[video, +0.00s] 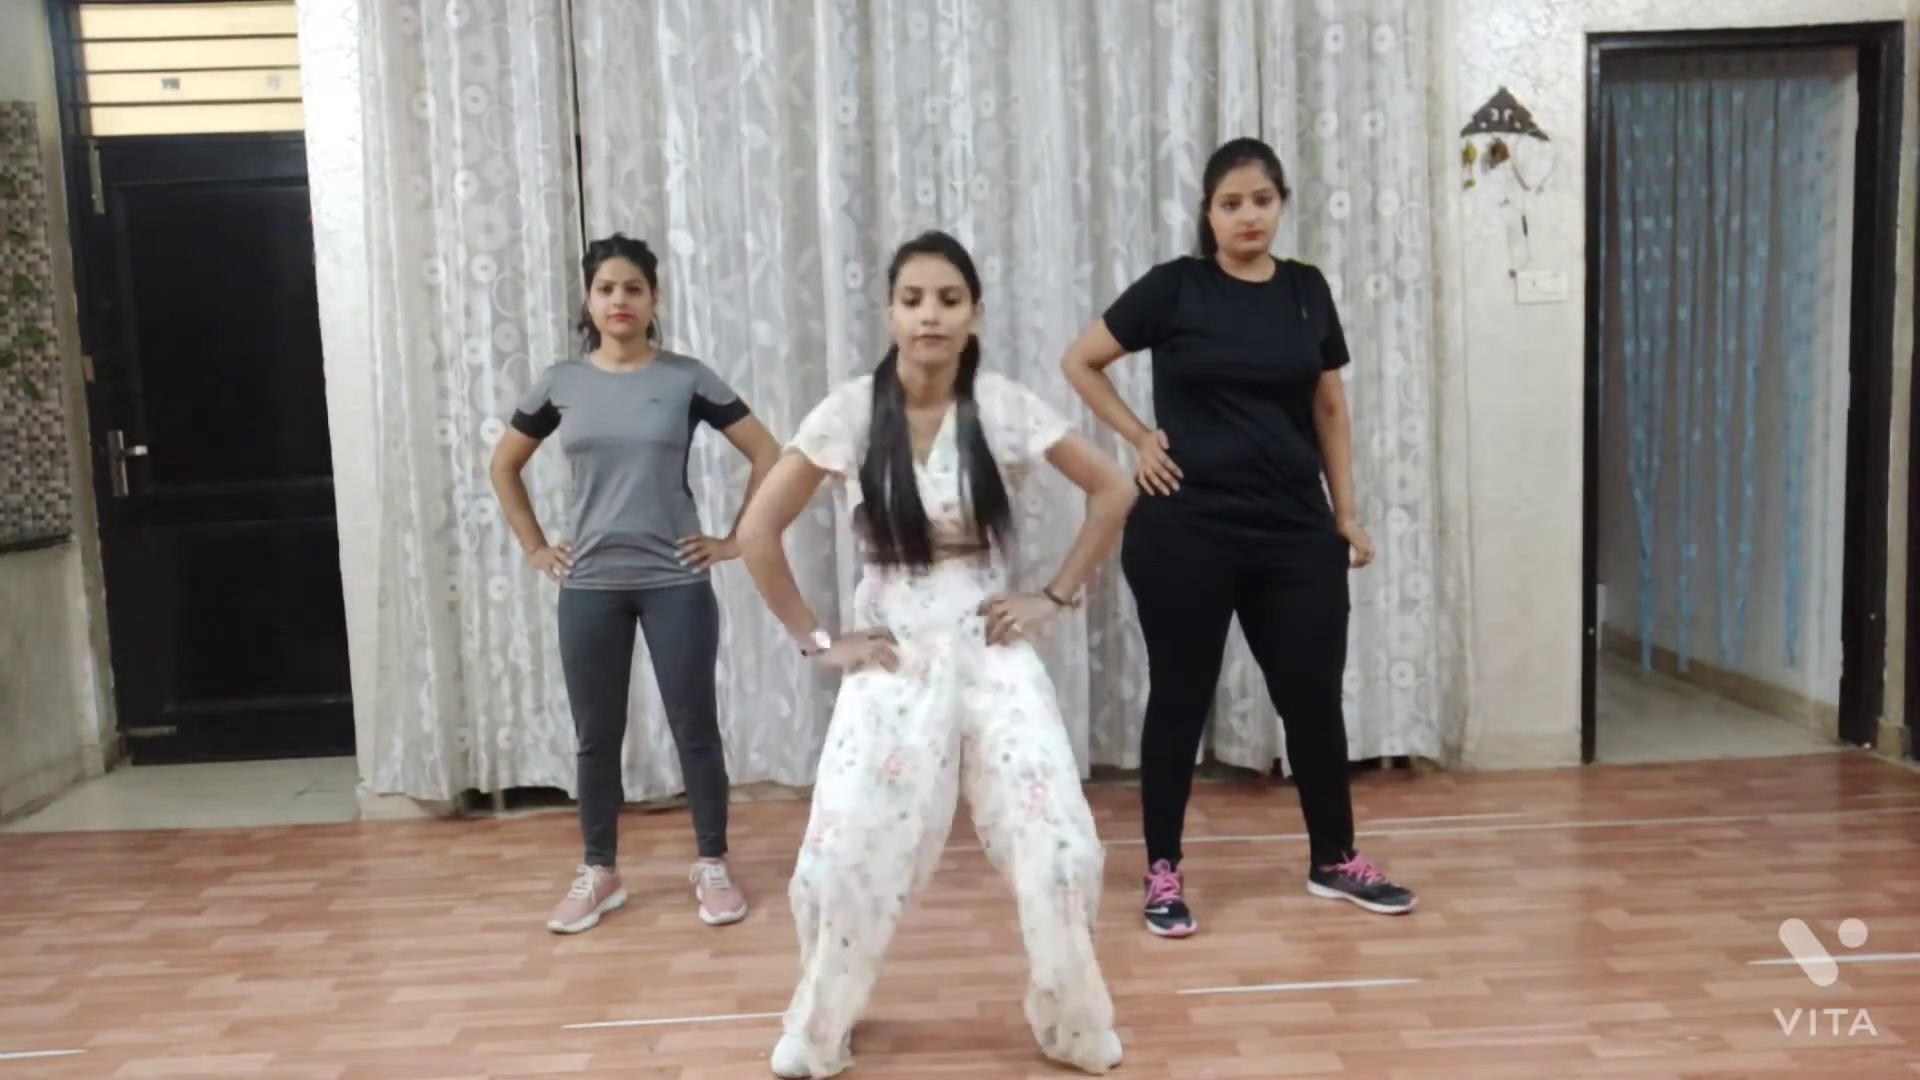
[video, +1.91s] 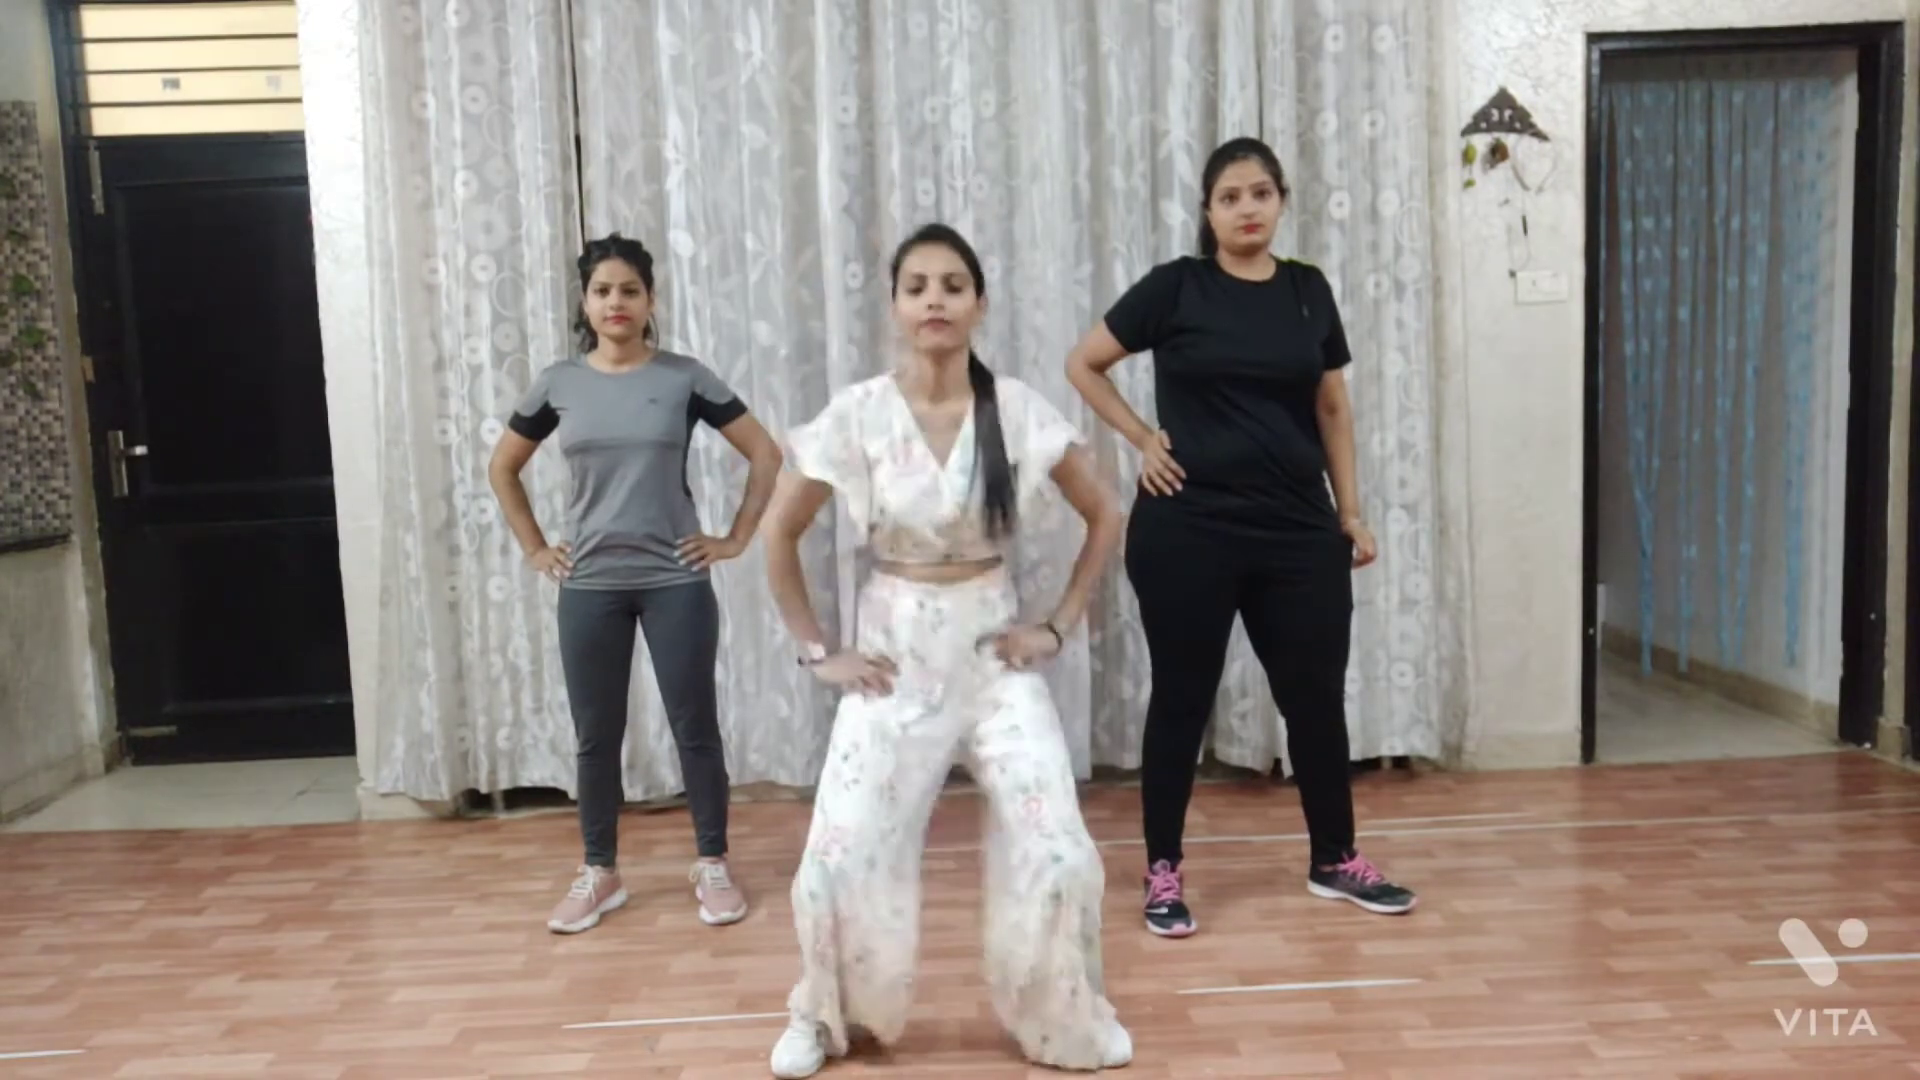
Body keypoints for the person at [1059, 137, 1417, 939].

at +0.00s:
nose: (1248, 215)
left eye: (1262, 200)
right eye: (1232, 202)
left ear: (1282, 206)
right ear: (1208, 211)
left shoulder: (1305, 290)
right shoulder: (1173, 288)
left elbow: (1331, 409)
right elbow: (1079, 363)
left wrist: (1346, 515)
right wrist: (1139, 436)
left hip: (1293, 529)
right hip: (1186, 526)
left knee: (1315, 699)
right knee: (1180, 699)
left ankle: (1335, 860)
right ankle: (1162, 870)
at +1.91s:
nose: (1248, 209)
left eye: (1261, 194)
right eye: (1231, 197)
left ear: (1282, 203)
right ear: (1208, 209)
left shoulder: (1307, 290)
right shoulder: (1175, 288)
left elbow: (1334, 409)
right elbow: (1082, 365)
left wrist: (1349, 512)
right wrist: (1143, 438)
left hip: (1296, 528)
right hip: (1188, 526)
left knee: (1317, 698)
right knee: (1182, 699)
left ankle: (1336, 861)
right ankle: (1163, 870)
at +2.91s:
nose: (1248, 207)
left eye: (1262, 193)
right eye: (1232, 195)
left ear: (1283, 203)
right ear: (1207, 207)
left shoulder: (1308, 292)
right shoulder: (1170, 288)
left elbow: (1333, 408)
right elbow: (1099, 362)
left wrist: (1349, 513)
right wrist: (1138, 438)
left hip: (1298, 530)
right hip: (1188, 528)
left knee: (1317, 702)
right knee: (1181, 702)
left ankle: (1335, 861)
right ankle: (1164, 870)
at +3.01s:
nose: (1248, 207)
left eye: (1261, 193)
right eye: (1232, 195)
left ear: (1283, 203)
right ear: (1208, 207)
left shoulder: (1308, 290)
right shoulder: (1172, 288)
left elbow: (1335, 409)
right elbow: (1092, 368)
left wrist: (1350, 513)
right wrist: (1141, 452)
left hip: (1299, 532)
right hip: (1191, 530)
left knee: (1317, 703)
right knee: (1179, 704)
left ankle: (1335, 861)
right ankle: (1164, 871)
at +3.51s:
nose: (1249, 208)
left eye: (1263, 193)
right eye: (1233, 196)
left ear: (1283, 203)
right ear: (1209, 208)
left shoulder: (1309, 291)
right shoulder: (1174, 290)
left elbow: (1335, 411)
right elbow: (1077, 371)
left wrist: (1349, 513)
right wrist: (1140, 436)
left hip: (1297, 530)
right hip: (1188, 528)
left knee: (1317, 700)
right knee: (1180, 703)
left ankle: (1335, 861)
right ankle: (1164, 870)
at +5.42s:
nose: (1374, 209)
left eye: (1386, 198)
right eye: (1357, 198)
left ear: (1399, 215)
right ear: (1325, 216)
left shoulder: (1414, 301)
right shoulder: (1296, 269)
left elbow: (1521, 309)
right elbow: (1270, 255)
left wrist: (1617, 296)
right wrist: (1337, 282)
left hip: (1356, 530)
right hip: (1257, 520)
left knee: (1333, 694)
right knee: (1195, 684)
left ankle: (1335, 857)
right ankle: (1075, 831)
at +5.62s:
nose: (1388, 213)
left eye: (1400, 202)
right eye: (1368, 202)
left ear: (1415, 217)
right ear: (1338, 221)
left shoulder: (1422, 311)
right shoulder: (1319, 282)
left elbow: (1499, 301)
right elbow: (1406, 266)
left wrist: (1475, 205)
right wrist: (1463, 179)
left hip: (1356, 532)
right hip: (1262, 522)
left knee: (1331, 694)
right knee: (1192, 685)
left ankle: (1333, 858)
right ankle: (1070, 830)